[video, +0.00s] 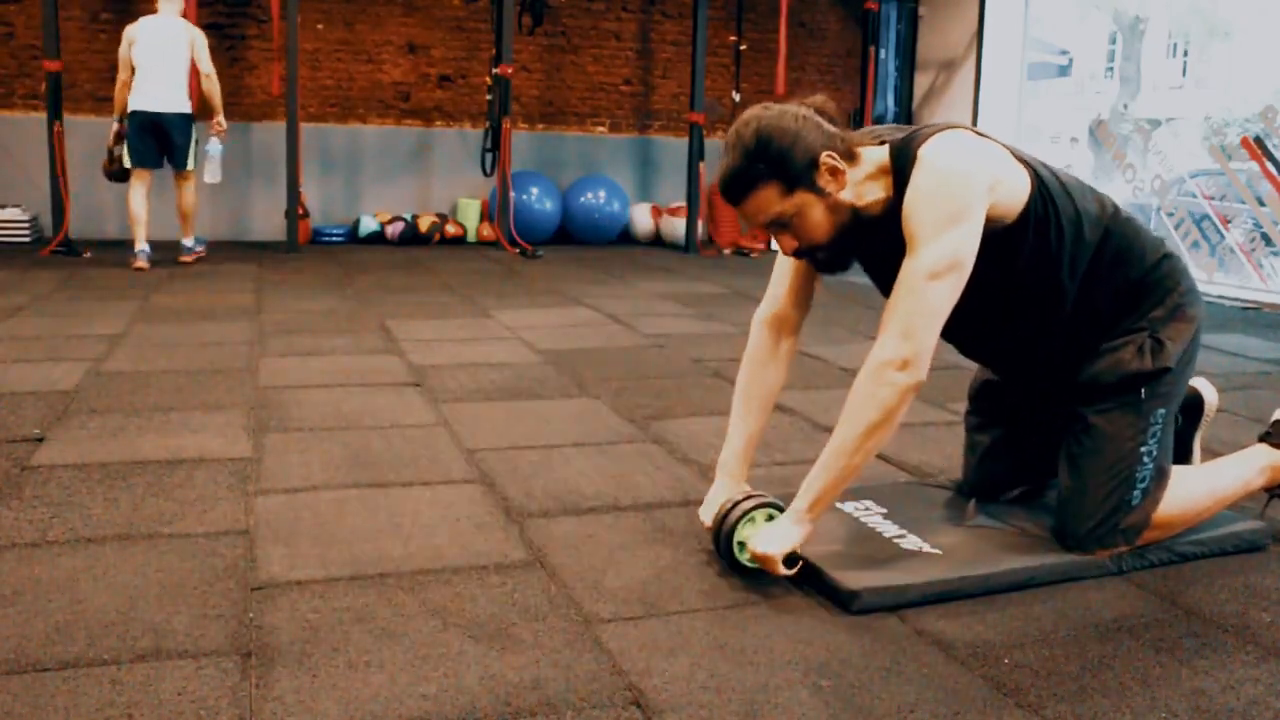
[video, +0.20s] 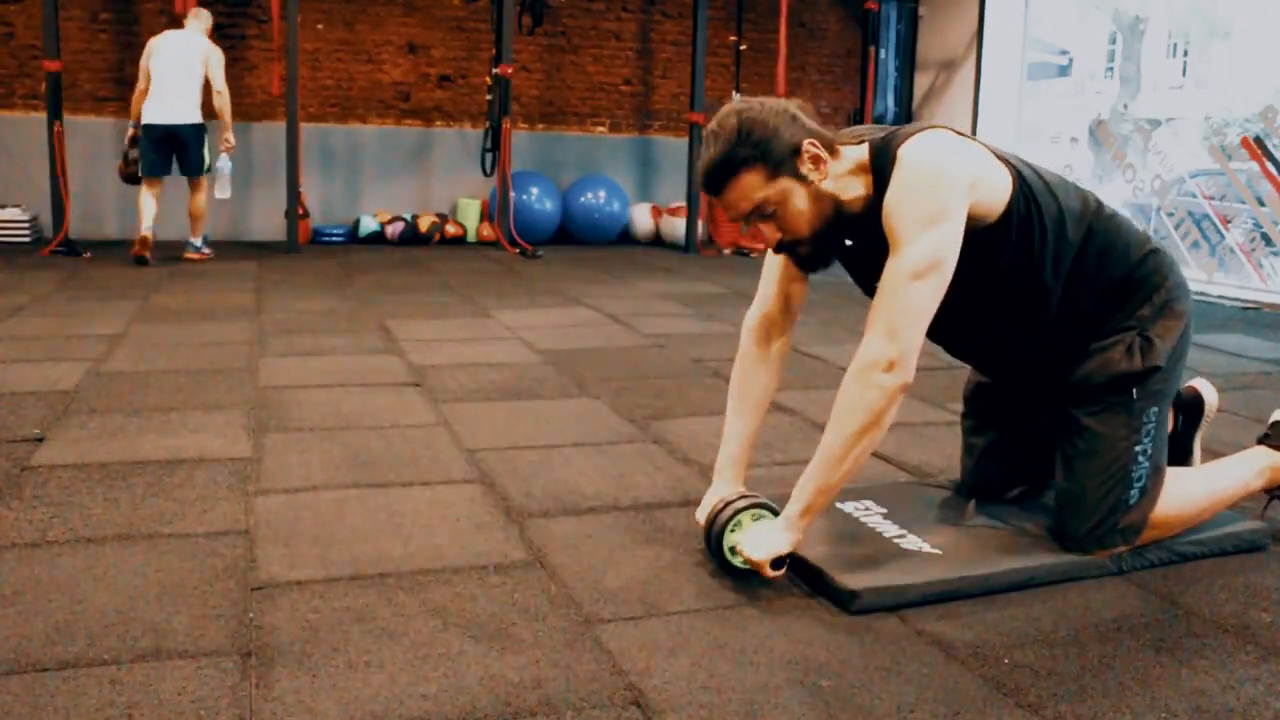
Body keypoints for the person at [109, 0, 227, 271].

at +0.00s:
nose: (180, 7)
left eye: (175, 5)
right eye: (181, 5)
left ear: (156, 5)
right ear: (182, 6)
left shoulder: (132, 30)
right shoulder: (193, 33)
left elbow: (123, 79)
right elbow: (208, 76)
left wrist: (117, 119)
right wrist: (219, 113)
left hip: (140, 113)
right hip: (177, 114)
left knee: (139, 180)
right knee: (185, 180)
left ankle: (140, 250)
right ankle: (188, 244)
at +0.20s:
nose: (209, 32)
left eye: (207, 27)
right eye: (210, 28)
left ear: (186, 21)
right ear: (208, 27)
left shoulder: (155, 42)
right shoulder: (211, 50)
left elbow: (141, 88)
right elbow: (219, 91)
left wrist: (133, 124)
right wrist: (227, 130)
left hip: (153, 124)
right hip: (189, 125)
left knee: (150, 184)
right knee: (198, 186)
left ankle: (145, 232)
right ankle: (195, 243)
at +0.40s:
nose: (225, 50)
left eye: (226, 47)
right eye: (225, 47)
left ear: (203, 36)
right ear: (222, 43)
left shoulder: (172, 49)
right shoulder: (220, 56)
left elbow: (157, 91)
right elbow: (223, 93)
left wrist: (150, 131)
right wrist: (231, 131)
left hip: (160, 120)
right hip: (192, 120)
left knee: (167, 173)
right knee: (204, 182)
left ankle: (163, 233)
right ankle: (195, 243)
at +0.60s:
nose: (230, 65)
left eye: (231, 62)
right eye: (230, 62)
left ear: (209, 49)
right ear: (226, 57)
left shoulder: (180, 59)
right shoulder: (222, 63)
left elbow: (166, 96)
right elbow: (224, 92)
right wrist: (234, 129)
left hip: (160, 119)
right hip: (192, 120)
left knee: (167, 177)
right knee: (207, 183)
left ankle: (172, 237)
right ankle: (196, 242)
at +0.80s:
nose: (228, 81)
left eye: (228, 78)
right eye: (228, 77)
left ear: (209, 65)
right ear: (223, 70)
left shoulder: (180, 75)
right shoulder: (219, 72)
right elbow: (219, 99)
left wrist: (176, 174)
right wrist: (229, 135)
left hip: (156, 122)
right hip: (187, 122)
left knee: (167, 179)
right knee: (206, 182)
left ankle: (174, 237)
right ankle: (195, 240)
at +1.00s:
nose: (224, 100)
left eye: (224, 98)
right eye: (225, 97)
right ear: (221, 87)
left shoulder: (180, 86)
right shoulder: (216, 84)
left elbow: (174, 152)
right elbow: (217, 109)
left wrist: (181, 189)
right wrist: (227, 142)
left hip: (152, 122)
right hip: (184, 121)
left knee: (165, 179)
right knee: (204, 182)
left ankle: (174, 236)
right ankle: (194, 240)